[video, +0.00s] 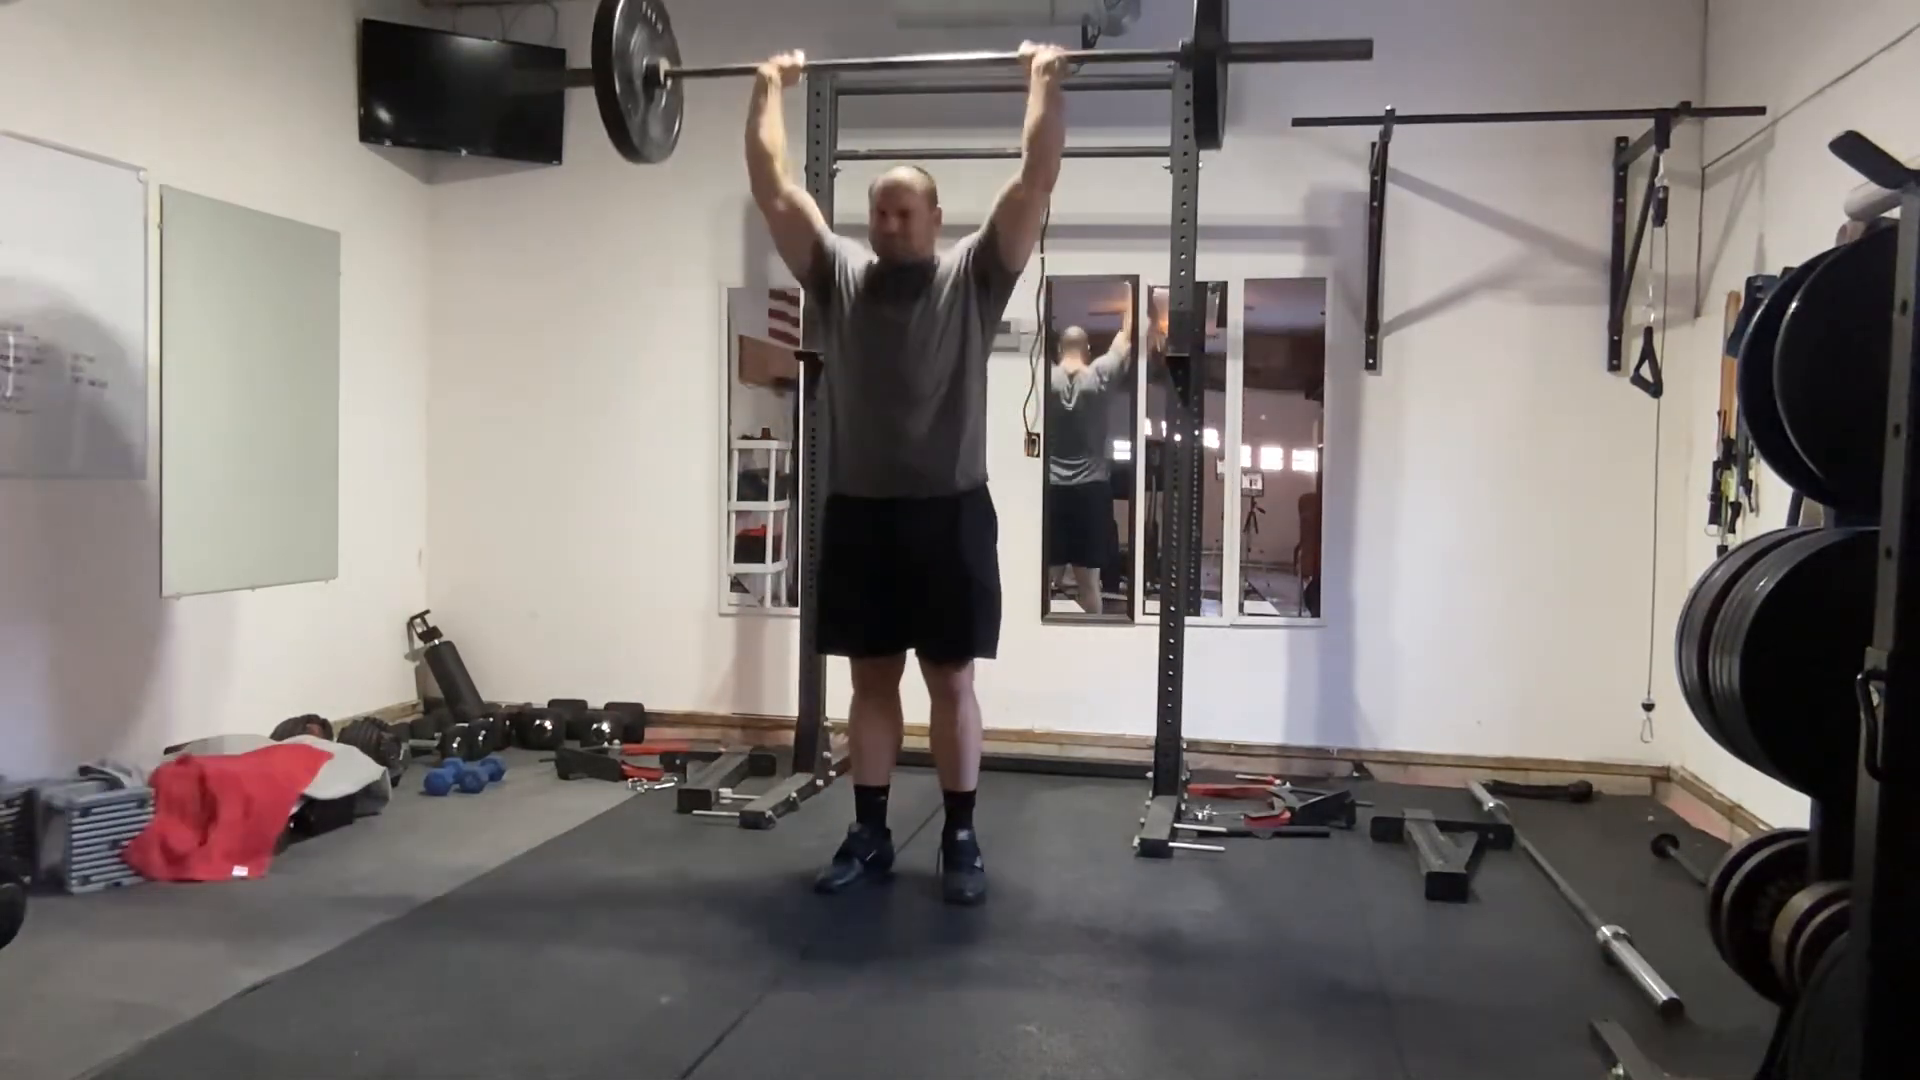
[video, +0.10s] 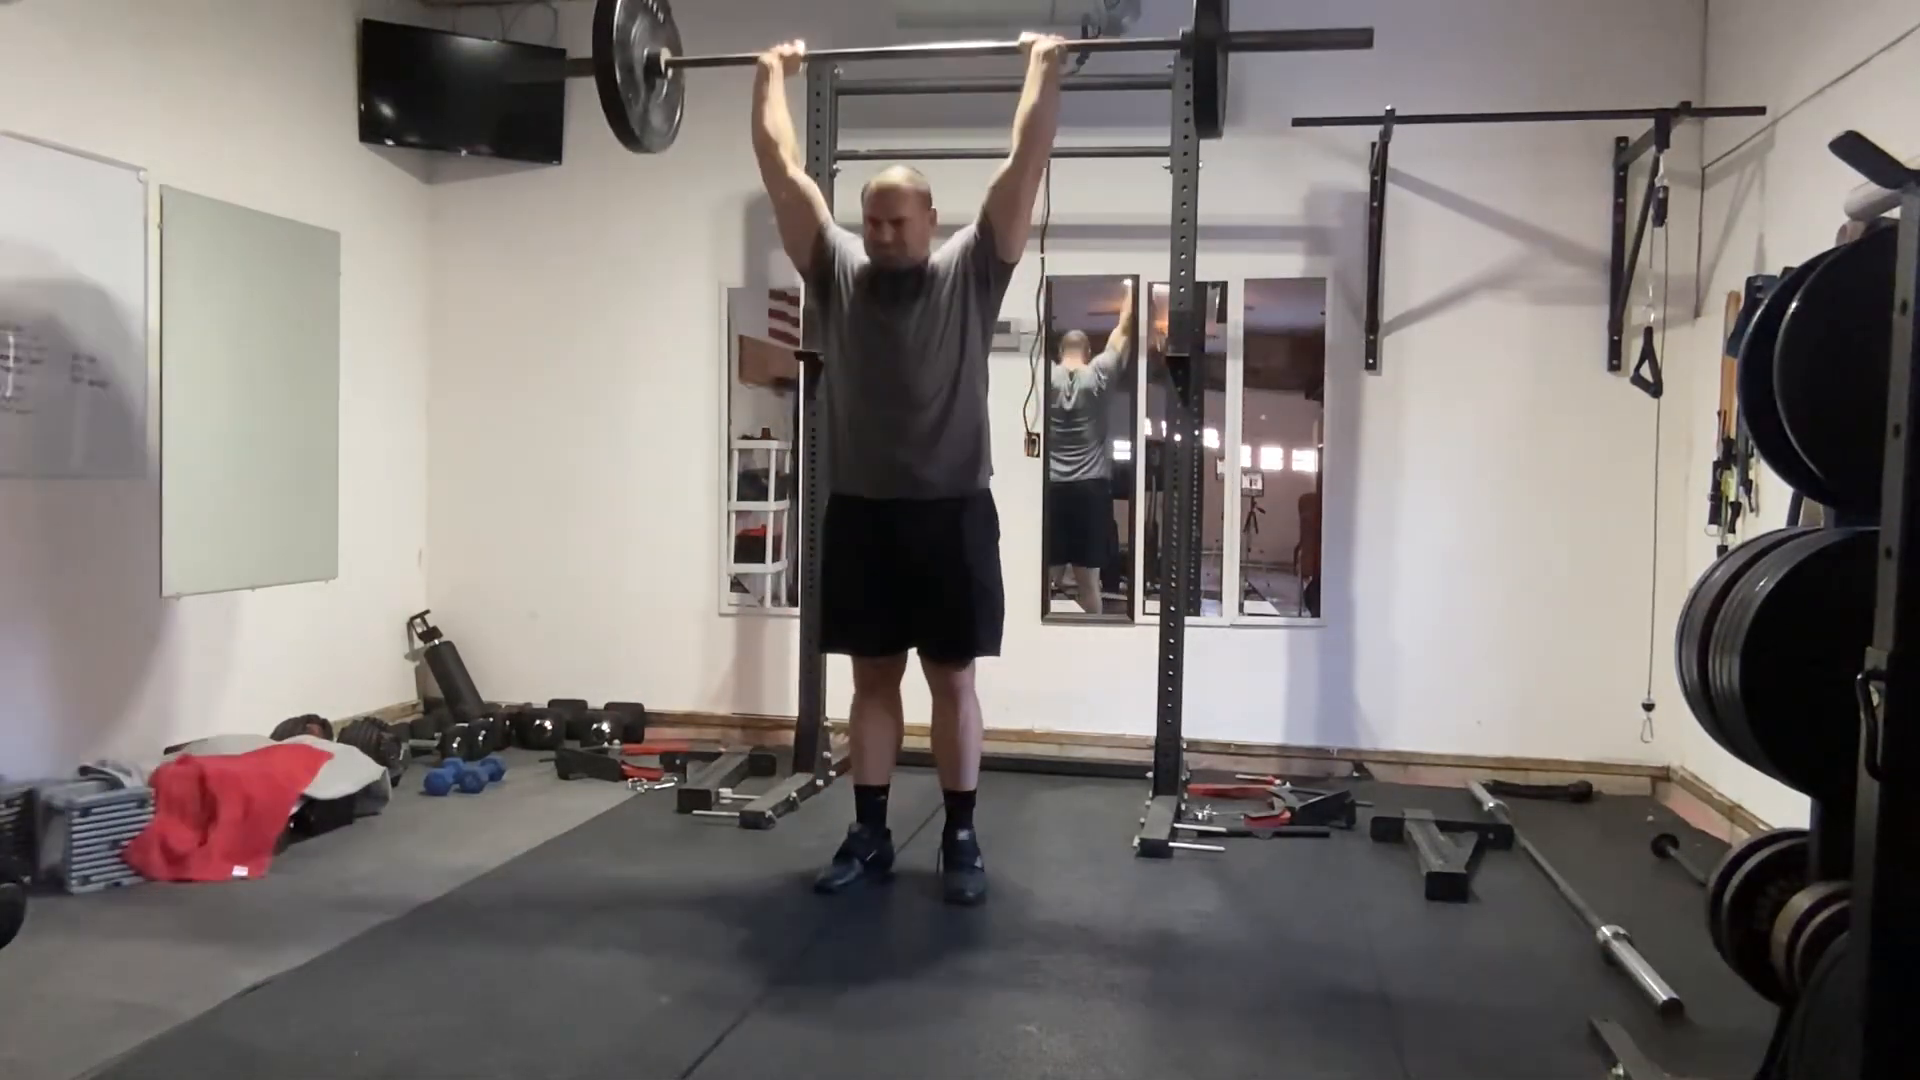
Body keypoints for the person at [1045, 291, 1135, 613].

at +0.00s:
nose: (1080, 352)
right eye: (1084, 346)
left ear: (1058, 349)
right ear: (1089, 348)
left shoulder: (1043, 379)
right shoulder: (1100, 374)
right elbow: (1127, 333)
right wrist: (1133, 296)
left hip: (1050, 489)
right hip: (1090, 489)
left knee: (1044, 578)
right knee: (1087, 576)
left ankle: (1035, 643)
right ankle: (1097, 640)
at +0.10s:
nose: (1079, 351)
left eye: (1072, 347)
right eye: (1082, 347)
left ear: (1057, 353)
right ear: (1088, 351)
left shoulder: (1045, 378)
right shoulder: (1098, 375)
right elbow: (1122, 330)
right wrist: (1131, 293)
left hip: (1050, 485)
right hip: (1089, 483)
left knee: (1043, 574)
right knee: (1086, 574)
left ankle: (1036, 640)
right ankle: (1097, 635)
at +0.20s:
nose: (1078, 349)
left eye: (1072, 346)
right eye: (1081, 346)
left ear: (1058, 354)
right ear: (1088, 352)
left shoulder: (1046, 378)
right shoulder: (1098, 375)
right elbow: (1120, 332)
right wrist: (1129, 298)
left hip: (1051, 484)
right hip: (1090, 483)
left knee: (1044, 573)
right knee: (1086, 573)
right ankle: (1097, 634)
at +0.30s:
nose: (1079, 348)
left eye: (1072, 346)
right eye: (1081, 346)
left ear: (1057, 354)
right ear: (1088, 352)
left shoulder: (1046, 378)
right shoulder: (1098, 376)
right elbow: (1121, 331)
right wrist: (1131, 293)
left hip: (1051, 484)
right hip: (1090, 483)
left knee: (1046, 570)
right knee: (1085, 571)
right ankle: (1097, 632)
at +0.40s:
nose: (1079, 350)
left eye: (1072, 346)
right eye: (1081, 346)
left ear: (1057, 353)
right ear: (1087, 351)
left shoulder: (1045, 378)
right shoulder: (1099, 375)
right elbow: (1125, 331)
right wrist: (1132, 292)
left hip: (1051, 483)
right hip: (1090, 482)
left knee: (1045, 570)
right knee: (1085, 571)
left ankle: (1035, 637)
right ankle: (1097, 632)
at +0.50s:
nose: (1082, 347)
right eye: (1083, 343)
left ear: (1057, 347)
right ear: (1087, 346)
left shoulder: (1042, 379)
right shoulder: (1098, 377)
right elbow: (1129, 339)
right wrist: (1134, 302)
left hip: (1051, 488)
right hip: (1090, 487)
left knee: (1046, 574)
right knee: (1087, 575)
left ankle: (1038, 641)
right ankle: (1098, 638)